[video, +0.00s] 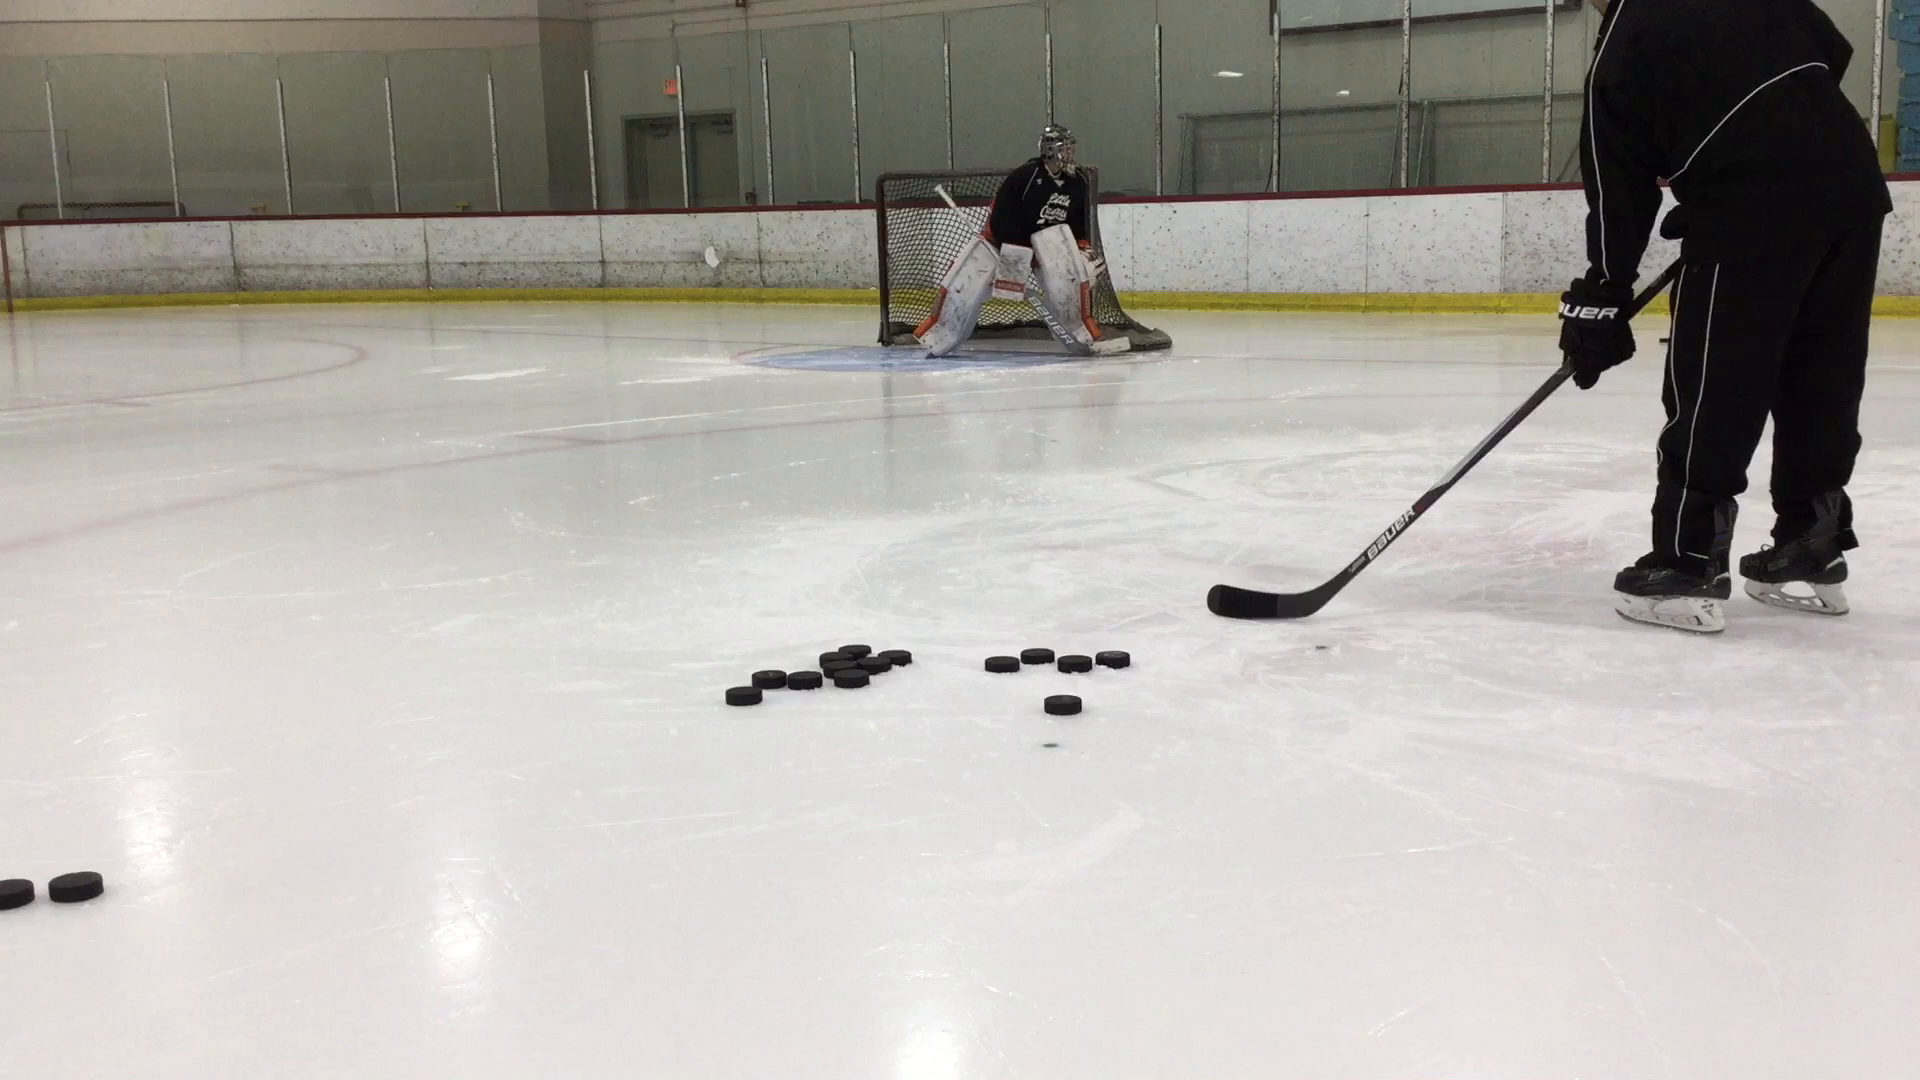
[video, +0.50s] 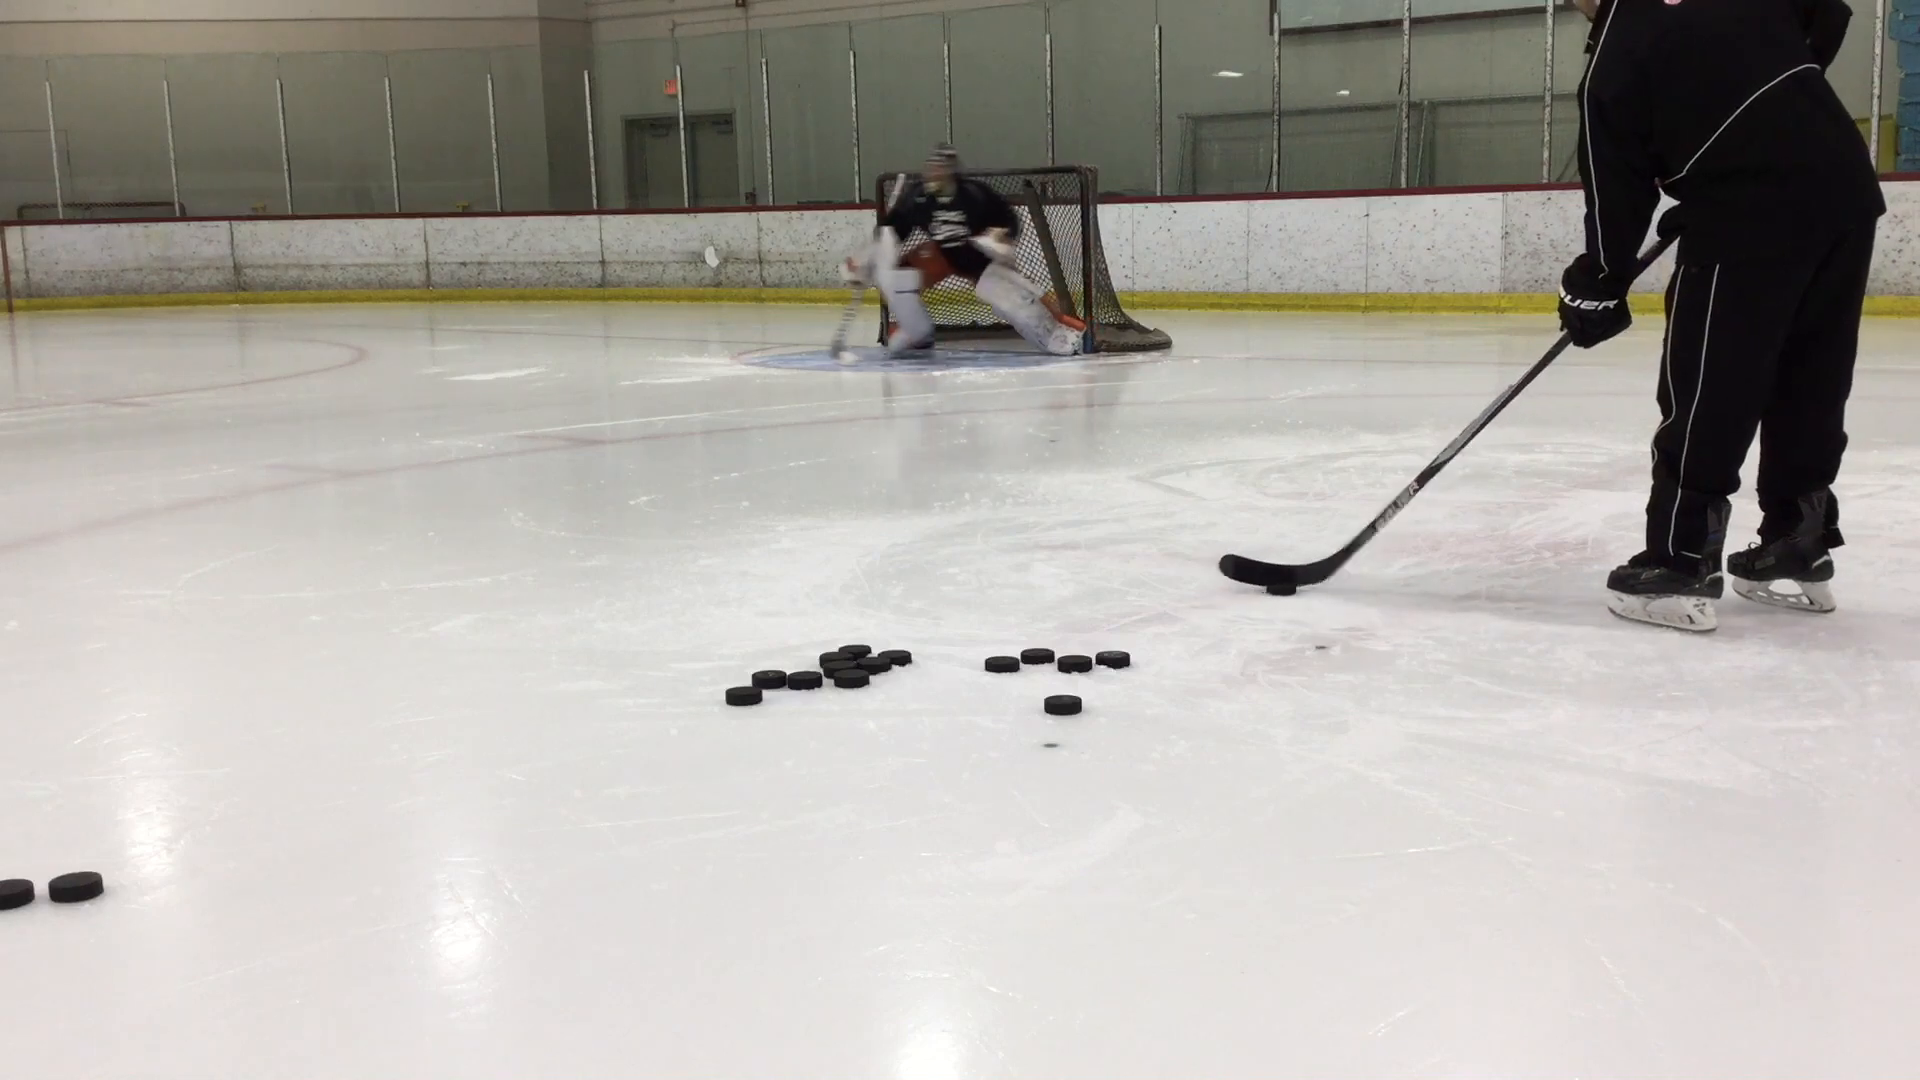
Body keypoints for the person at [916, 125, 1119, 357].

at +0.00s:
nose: (1069, 155)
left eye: (1070, 150)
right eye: (1063, 150)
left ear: (1072, 151)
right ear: (1048, 152)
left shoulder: (1077, 184)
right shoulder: (1024, 177)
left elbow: (1079, 223)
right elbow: (1002, 219)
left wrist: (1083, 249)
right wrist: (1016, 259)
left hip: (1051, 245)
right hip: (1007, 242)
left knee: (1077, 277)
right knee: (965, 280)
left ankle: (1084, 333)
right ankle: (933, 332)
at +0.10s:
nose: (1062, 155)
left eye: (1064, 150)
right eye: (1056, 151)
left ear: (1068, 152)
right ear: (1042, 153)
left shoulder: (1075, 184)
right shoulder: (1017, 180)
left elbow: (1078, 222)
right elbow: (996, 223)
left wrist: (1080, 246)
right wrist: (1005, 262)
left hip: (1052, 243)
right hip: (1010, 241)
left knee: (1075, 275)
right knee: (975, 282)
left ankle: (1076, 333)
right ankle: (948, 331)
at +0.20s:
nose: (1047, 162)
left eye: (1050, 156)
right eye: (1041, 157)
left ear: (1054, 157)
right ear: (1027, 159)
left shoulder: (1063, 184)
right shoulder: (1002, 183)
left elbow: (1072, 222)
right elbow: (975, 224)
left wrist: (1075, 248)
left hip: (1046, 246)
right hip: (1004, 248)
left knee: (1059, 283)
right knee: (985, 291)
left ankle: (1073, 337)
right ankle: (958, 340)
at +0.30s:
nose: (1013, 164)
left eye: (1018, 158)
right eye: (1008, 158)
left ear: (1028, 161)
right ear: (1001, 160)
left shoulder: (1044, 187)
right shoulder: (983, 186)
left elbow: (1064, 218)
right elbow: (953, 220)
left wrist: (1066, 247)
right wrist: (928, 258)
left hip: (1028, 245)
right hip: (986, 246)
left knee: (1043, 288)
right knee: (966, 292)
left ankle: (1065, 339)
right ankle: (958, 341)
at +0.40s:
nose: (976, 170)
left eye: (981, 164)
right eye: (972, 165)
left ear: (994, 166)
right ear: (966, 167)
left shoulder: (1019, 190)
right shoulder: (954, 192)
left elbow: (1047, 228)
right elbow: (920, 228)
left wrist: (1040, 253)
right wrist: (894, 257)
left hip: (1011, 256)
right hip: (970, 257)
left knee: (1027, 292)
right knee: (933, 285)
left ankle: (1061, 338)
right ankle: (946, 337)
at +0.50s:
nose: (931, 175)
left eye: (938, 170)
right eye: (929, 169)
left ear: (951, 171)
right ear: (925, 171)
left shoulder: (974, 192)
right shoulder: (915, 198)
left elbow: (1009, 220)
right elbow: (890, 232)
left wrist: (997, 240)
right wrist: (866, 261)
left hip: (976, 258)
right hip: (938, 258)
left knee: (1017, 301)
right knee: (895, 281)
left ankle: (1058, 340)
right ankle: (918, 337)